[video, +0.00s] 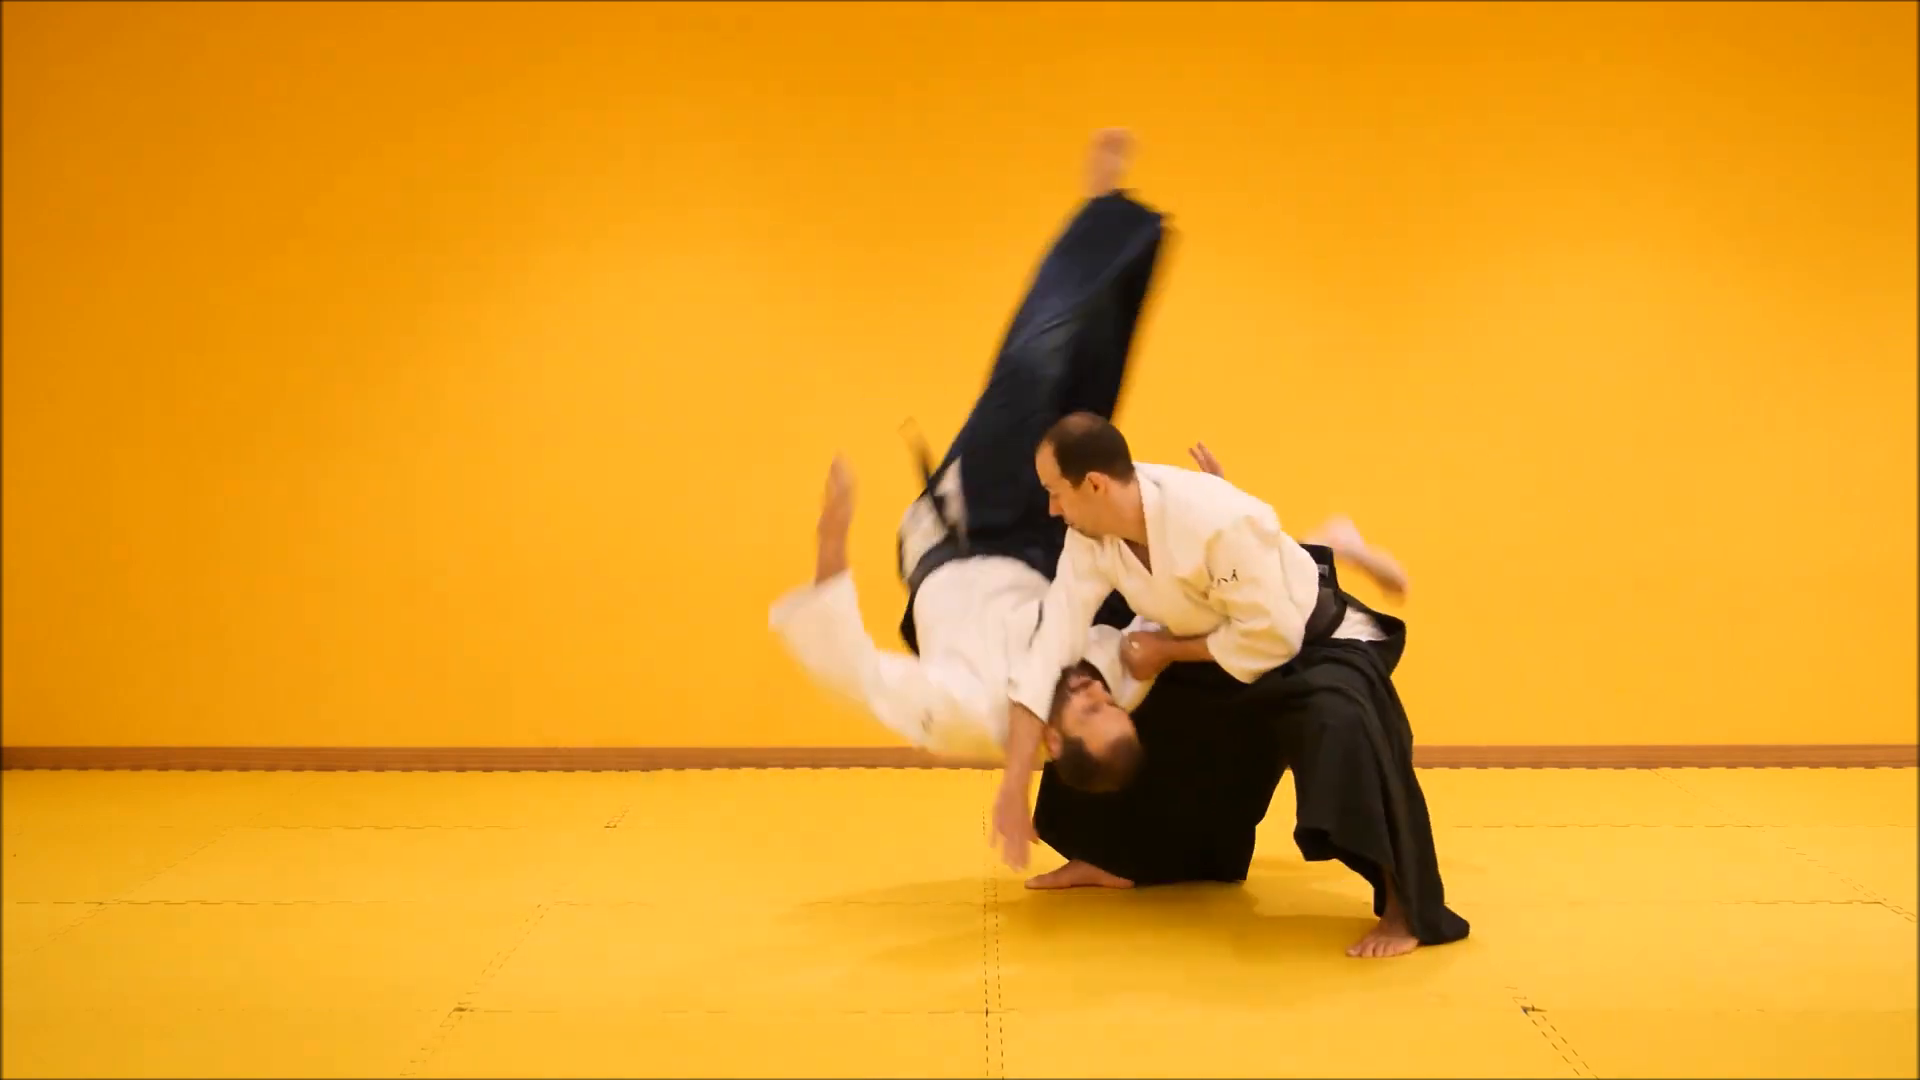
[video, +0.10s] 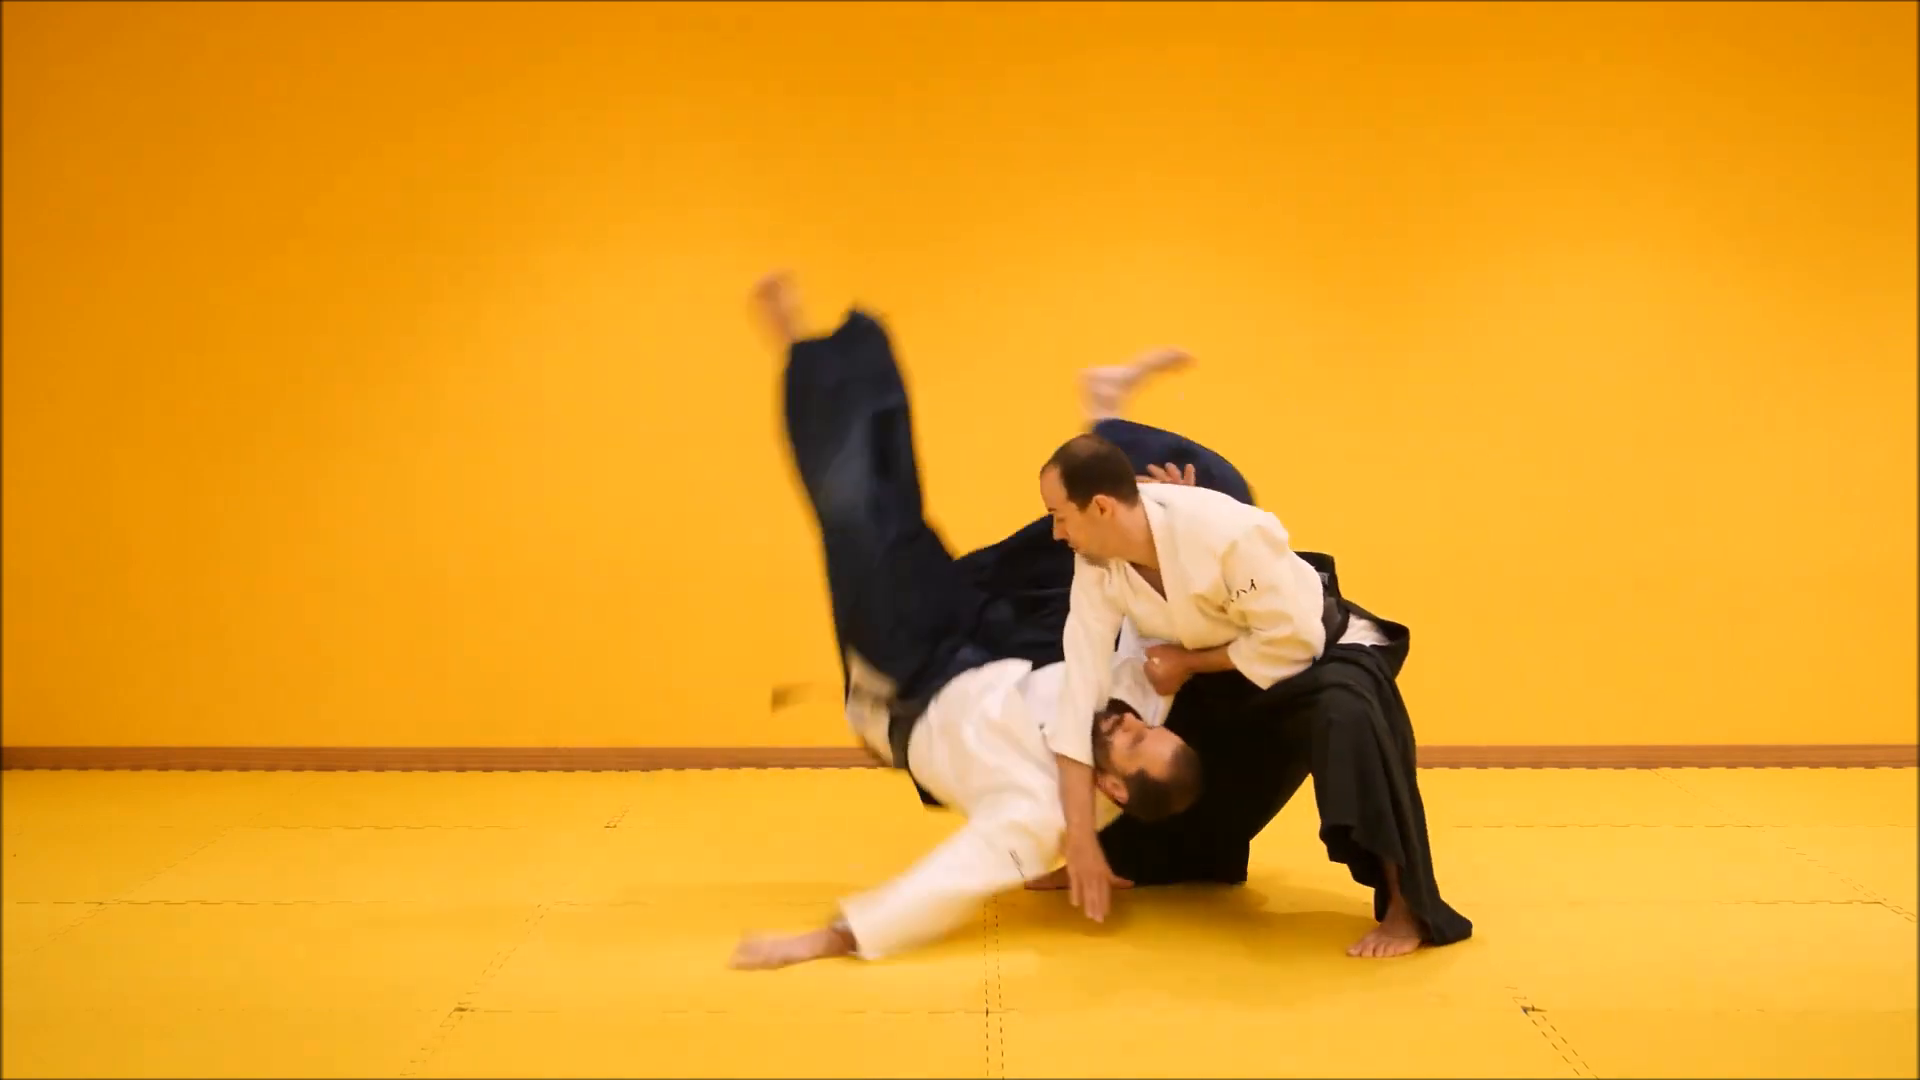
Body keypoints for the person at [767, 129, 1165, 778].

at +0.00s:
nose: (1092, 695)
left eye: (1086, 716)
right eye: (1111, 710)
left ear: (1058, 741)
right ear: (1122, 707)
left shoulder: (961, 716)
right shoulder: (1119, 663)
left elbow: (853, 668)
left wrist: (831, 550)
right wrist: (1215, 514)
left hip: (962, 545)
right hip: (1061, 557)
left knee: (1034, 360)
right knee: (1090, 388)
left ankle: (1107, 205)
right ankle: (1135, 230)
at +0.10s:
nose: (1129, 724)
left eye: (1133, 748)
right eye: (1146, 727)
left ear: (1117, 791)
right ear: (1156, 719)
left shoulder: (1040, 822)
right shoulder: (1138, 693)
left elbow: (942, 885)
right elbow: (1113, 594)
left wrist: (823, 942)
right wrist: (1154, 515)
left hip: (908, 692)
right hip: (967, 643)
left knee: (852, 512)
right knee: (893, 509)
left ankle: (801, 346)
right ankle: (856, 340)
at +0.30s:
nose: (1155, 789)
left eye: (1169, 813)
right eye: (1173, 780)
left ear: (1166, 841)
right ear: (1169, 759)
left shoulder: (1098, 875)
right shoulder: (1109, 732)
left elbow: (977, 906)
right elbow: (1079, 648)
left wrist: (869, 853)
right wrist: (1084, 551)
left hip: (886, 843)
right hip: (914, 745)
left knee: (697, 855)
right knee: (748, 674)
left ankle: (542, 784)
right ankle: (674, 772)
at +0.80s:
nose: (896, 725)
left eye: (916, 719)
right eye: (889, 706)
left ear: (955, 705)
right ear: (878, 669)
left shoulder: (996, 764)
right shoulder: (836, 655)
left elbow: (1041, 877)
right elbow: (743, 713)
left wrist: (953, 918)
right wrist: (668, 788)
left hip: (822, 860)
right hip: (766, 777)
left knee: (663, 873)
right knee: (609, 734)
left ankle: (516, 897)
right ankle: (518, 886)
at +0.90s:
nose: (855, 707)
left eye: (874, 694)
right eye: (843, 688)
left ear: (901, 671)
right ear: (818, 653)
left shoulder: (945, 721)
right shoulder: (756, 655)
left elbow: (997, 833)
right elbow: (674, 741)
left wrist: (925, 921)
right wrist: (696, 858)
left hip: (802, 853)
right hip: (733, 780)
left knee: (652, 917)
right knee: (593, 699)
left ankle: (551, 891)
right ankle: (541, 861)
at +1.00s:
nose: (836, 691)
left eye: (848, 674)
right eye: (821, 675)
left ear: (862, 654)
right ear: (776, 648)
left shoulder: (885, 696)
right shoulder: (704, 669)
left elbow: (946, 801)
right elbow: (636, 784)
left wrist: (916, 919)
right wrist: (696, 898)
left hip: (777, 834)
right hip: (698, 778)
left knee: (651, 924)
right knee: (556, 713)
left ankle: (565, 888)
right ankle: (536, 876)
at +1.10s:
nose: (825, 673)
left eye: (834, 657)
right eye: (810, 661)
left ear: (843, 636)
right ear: (760, 639)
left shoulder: (852, 679)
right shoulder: (687, 652)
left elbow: (906, 780)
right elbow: (634, 784)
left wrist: (913, 918)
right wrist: (696, 901)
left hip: (734, 807)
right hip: (650, 746)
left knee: (668, 926)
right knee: (494, 741)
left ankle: (552, 886)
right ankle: (519, 887)